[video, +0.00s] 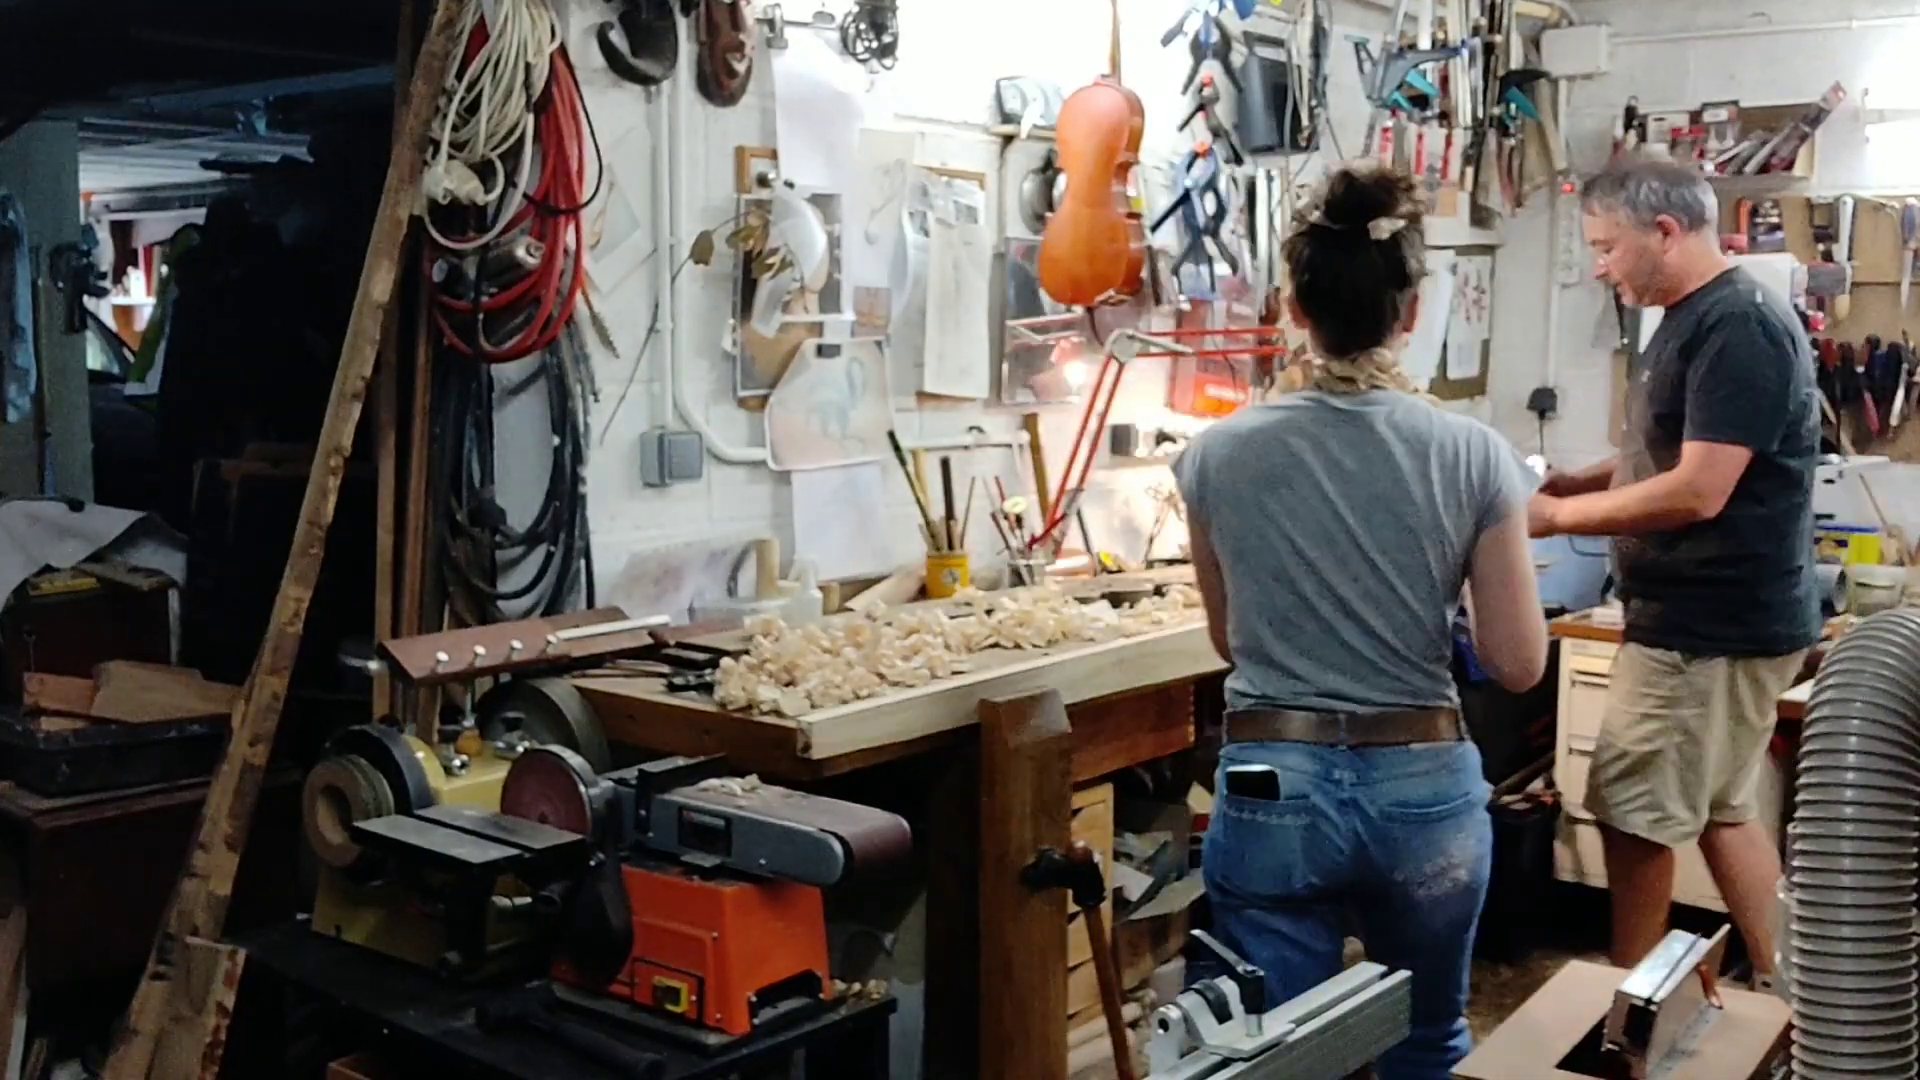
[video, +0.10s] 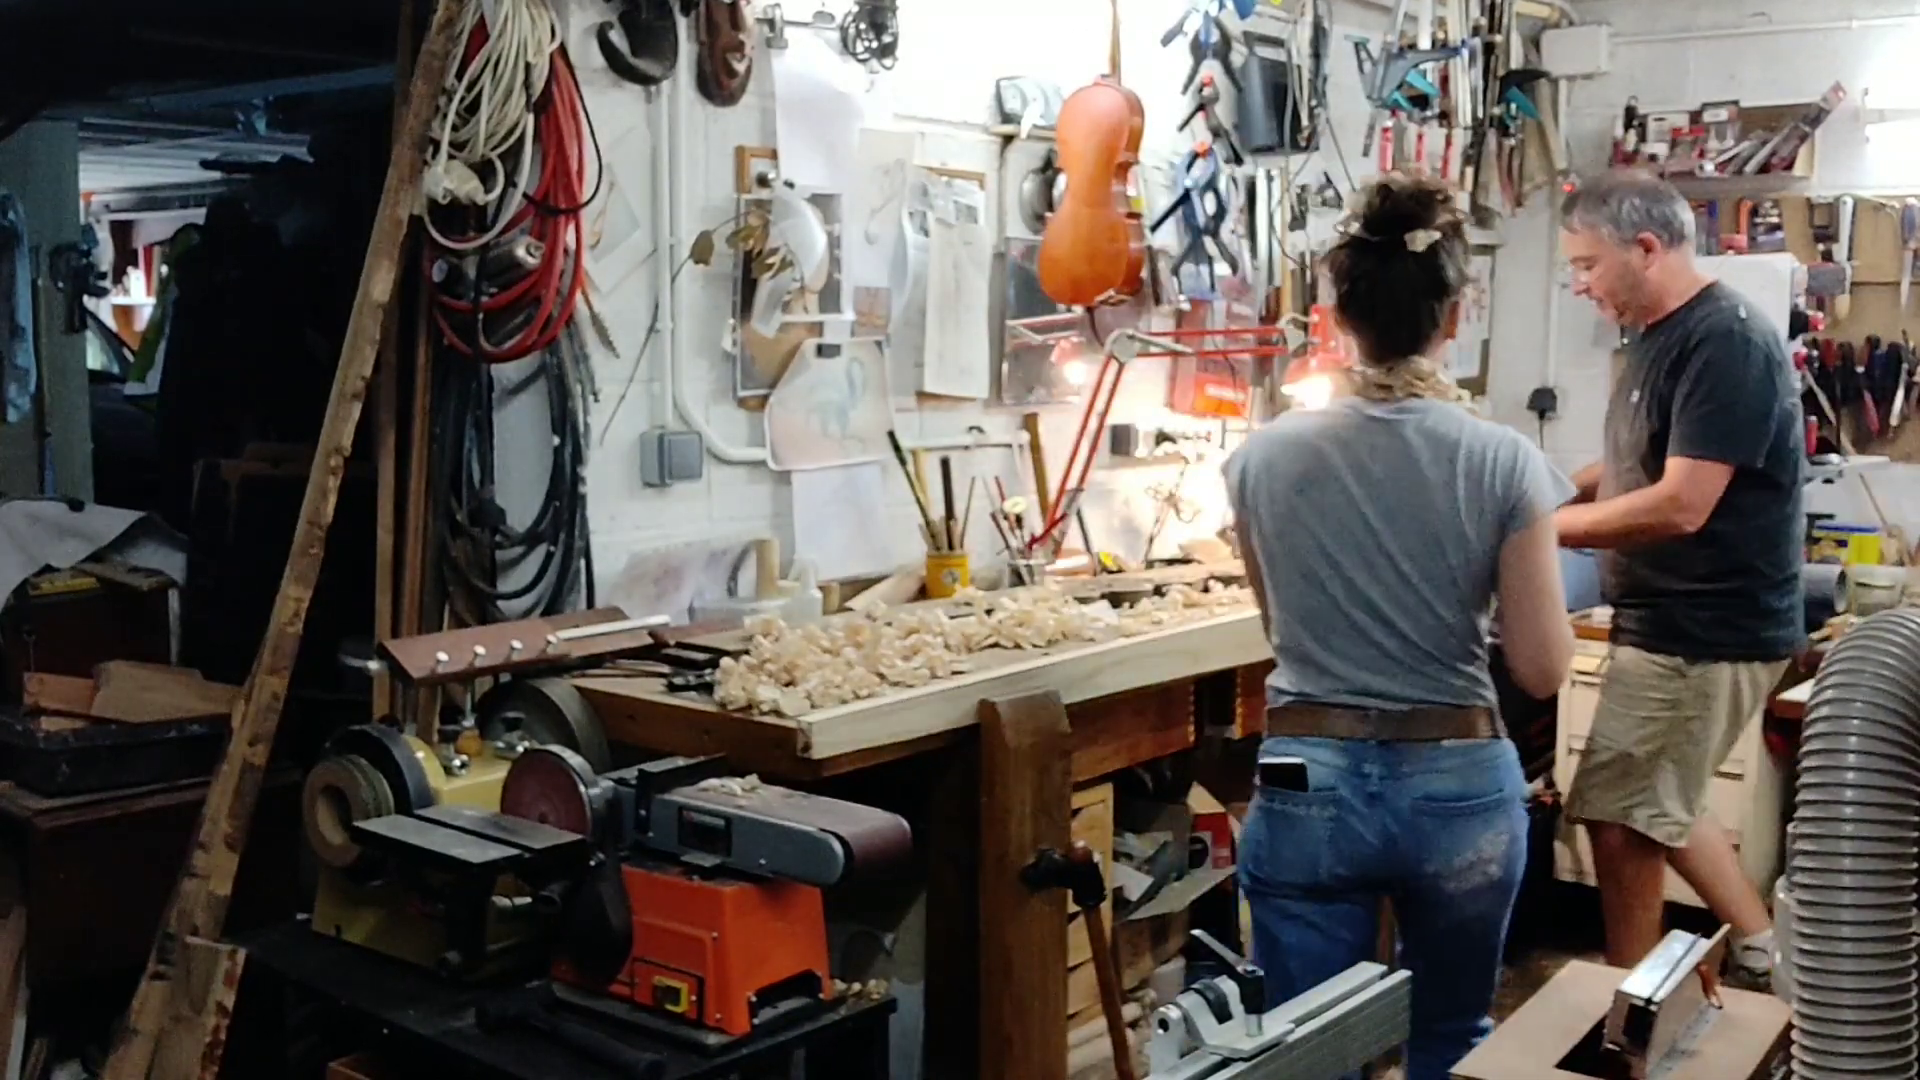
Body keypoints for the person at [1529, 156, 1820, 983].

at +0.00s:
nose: (1600, 270)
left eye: (1606, 248)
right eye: (1596, 251)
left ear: (1667, 230)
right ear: (1667, 234)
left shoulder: (1740, 324)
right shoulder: (1696, 318)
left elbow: (1699, 492)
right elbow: (1665, 457)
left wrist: (1558, 515)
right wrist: (1581, 481)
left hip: (1709, 628)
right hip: (1716, 620)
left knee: (1636, 810)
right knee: (1726, 808)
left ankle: (1632, 1009)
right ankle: (1778, 982)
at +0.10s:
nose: (1579, 285)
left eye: (1587, 264)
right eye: (1574, 267)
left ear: (1648, 247)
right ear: (1645, 252)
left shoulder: (1726, 338)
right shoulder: (1655, 339)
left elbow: (1683, 505)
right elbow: (1637, 464)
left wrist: (1550, 529)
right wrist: (1555, 503)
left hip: (1704, 632)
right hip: (1665, 618)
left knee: (1619, 819)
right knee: (1662, 800)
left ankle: (1627, 1017)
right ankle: (1762, 945)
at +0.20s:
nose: (1561, 292)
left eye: (1569, 272)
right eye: (1557, 275)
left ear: (1628, 254)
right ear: (1624, 260)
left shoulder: (1714, 337)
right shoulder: (1633, 343)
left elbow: (1673, 501)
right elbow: (1626, 481)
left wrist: (1554, 529)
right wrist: (1552, 527)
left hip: (1702, 625)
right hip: (1647, 614)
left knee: (1633, 813)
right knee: (1637, 784)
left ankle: (1633, 1007)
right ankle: (1729, 938)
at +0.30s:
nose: (1555, 294)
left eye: (1560, 270)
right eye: (1550, 274)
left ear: (1615, 253)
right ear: (1612, 258)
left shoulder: (1705, 335)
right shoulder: (1608, 339)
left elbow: (1664, 500)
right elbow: (1585, 460)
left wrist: (1564, 509)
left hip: (1711, 614)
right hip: (1644, 602)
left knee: (1645, 818)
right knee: (1635, 809)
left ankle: (1641, 1016)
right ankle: (1692, 996)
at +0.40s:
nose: (1559, 303)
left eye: (1564, 284)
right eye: (1553, 286)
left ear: (1609, 264)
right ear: (1598, 267)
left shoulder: (1695, 343)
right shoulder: (1607, 346)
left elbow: (1666, 502)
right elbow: (1599, 465)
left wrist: (1563, 501)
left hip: (1709, 618)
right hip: (1648, 605)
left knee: (1640, 814)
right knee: (1623, 807)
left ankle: (1633, 994)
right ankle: (1637, 985)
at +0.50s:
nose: (1553, 328)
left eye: (1557, 314)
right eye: (1547, 316)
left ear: (1596, 292)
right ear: (1598, 287)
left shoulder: (1687, 355)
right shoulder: (1596, 353)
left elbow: (1666, 509)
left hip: (1704, 618)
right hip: (1632, 604)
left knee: (1634, 813)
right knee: (1603, 802)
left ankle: (1637, 990)